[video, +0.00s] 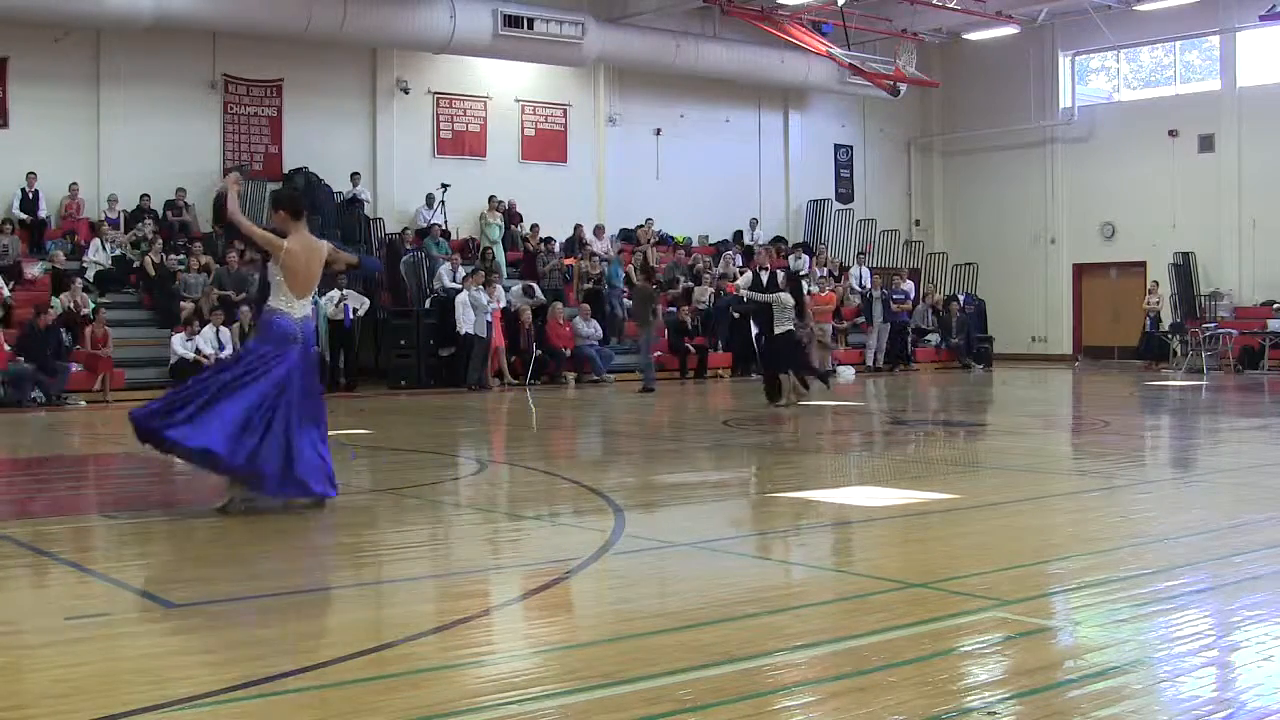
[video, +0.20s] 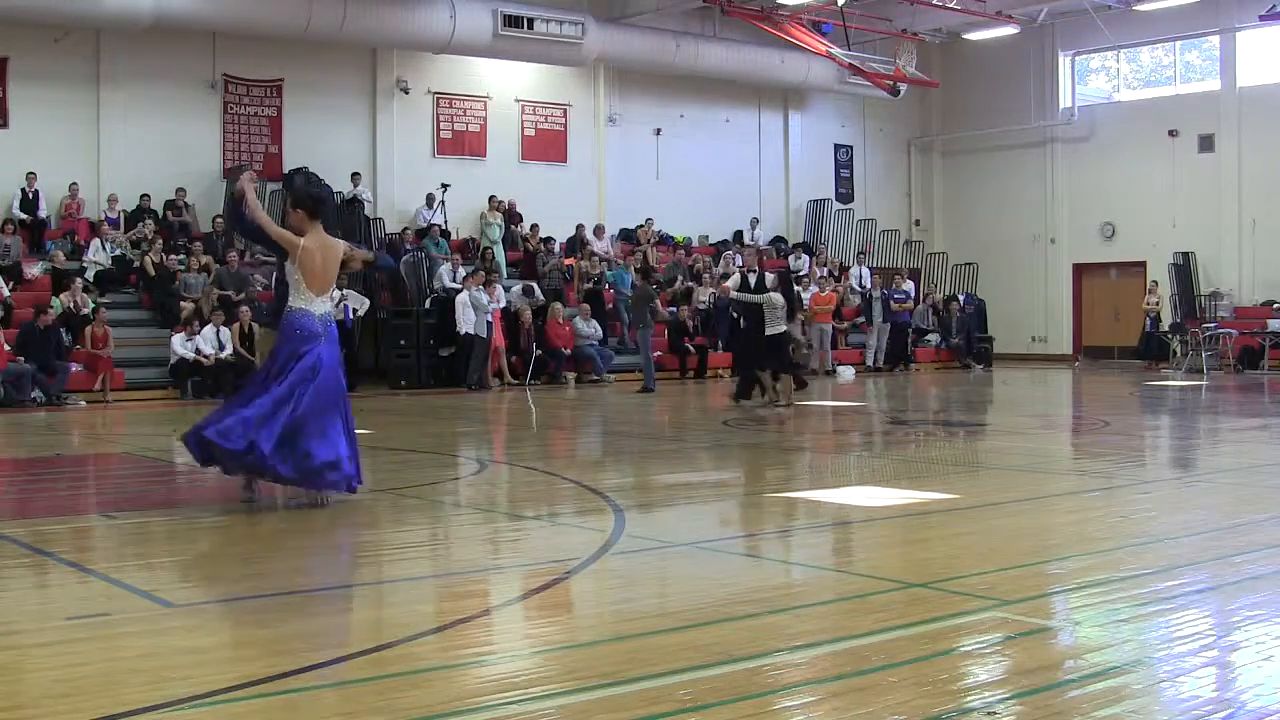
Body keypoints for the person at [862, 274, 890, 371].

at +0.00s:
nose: (875, 280)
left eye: (877, 278)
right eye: (874, 278)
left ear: (881, 281)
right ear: (871, 281)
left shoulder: (886, 293)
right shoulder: (867, 294)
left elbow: (889, 308)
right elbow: (866, 310)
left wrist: (888, 319)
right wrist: (868, 322)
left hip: (884, 322)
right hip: (873, 322)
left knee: (882, 345)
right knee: (871, 344)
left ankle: (879, 364)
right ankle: (869, 363)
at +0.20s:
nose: (874, 280)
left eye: (876, 278)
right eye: (873, 278)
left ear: (880, 280)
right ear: (871, 280)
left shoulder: (885, 293)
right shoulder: (867, 294)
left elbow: (888, 307)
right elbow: (866, 309)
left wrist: (888, 320)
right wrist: (868, 322)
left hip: (884, 322)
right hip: (873, 322)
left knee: (882, 344)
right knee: (871, 344)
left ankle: (879, 364)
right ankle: (869, 363)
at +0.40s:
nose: (874, 280)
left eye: (876, 278)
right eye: (873, 278)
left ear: (880, 280)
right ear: (871, 280)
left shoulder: (885, 294)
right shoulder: (867, 294)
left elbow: (889, 307)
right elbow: (866, 309)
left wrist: (888, 320)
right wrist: (868, 322)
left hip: (884, 322)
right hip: (873, 322)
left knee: (882, 344)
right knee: (871, 344)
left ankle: (879, 364)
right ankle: (869, 363)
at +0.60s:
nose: (874, 281)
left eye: (876, 279)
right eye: (873, 279)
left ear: (880, 281)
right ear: (871, 281)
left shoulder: (886, 293)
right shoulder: (867, 294)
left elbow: (889, 307)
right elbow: (866, 309)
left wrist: (889, 320)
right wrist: (869, 322)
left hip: (885, 322)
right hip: (873, 322)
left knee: (882, 344)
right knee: (871, 344)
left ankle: (879, 363)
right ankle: (869, 363)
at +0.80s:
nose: (875, 280)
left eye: (877, 278)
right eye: (874, 278)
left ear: (881, 281)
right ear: (872, 281)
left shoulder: (886, 293)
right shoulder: (868, 294)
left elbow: (890, 308)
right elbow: (866, 309)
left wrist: (890, 320)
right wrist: (869, 322)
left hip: (885, 323)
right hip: (874, 323)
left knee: (882, 345)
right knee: (871, 344)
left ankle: (879, 364)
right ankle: (869, 364)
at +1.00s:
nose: (875, 280)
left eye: (877, 278)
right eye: (874, 278)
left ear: (881, 281)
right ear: (872, 281)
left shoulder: (887, 293)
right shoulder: (868, 294)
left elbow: (890, 308)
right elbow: (867, 309)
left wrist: (890, 320)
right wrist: (869, 322)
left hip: (885, 322)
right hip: (874, 322)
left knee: (882, 345)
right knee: (871, 344)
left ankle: (879, 364)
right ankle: (869, 364)